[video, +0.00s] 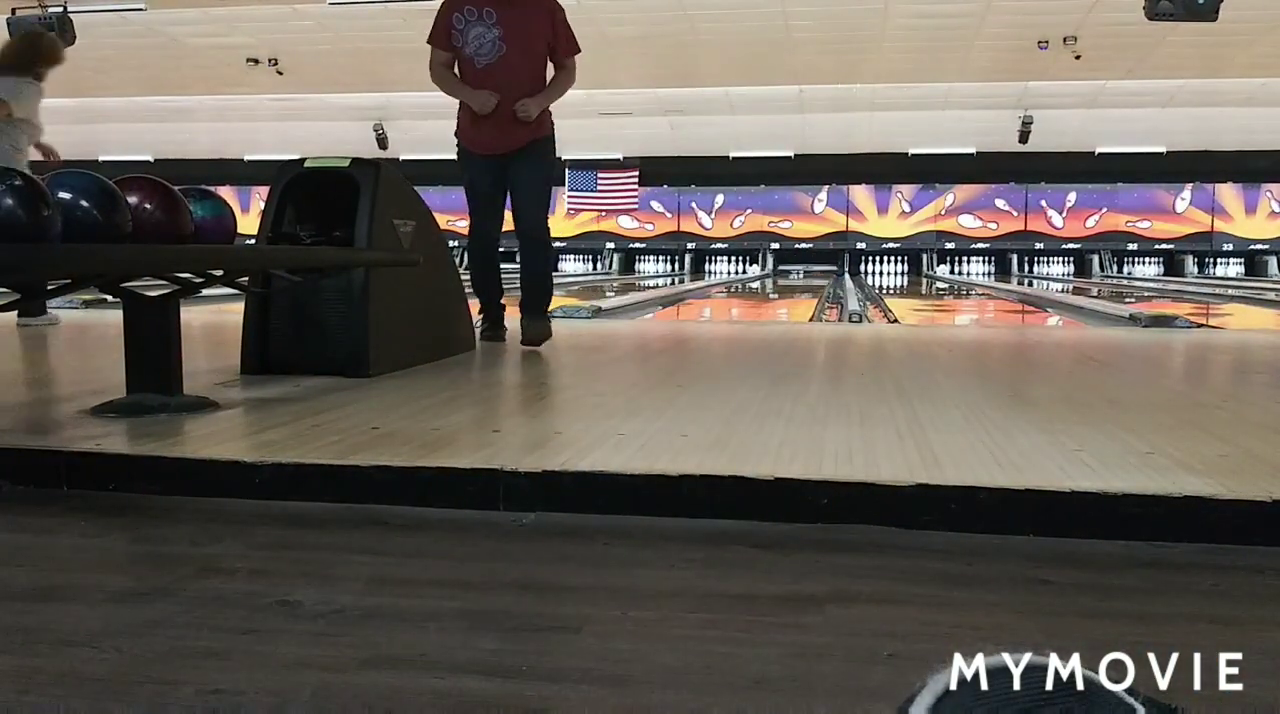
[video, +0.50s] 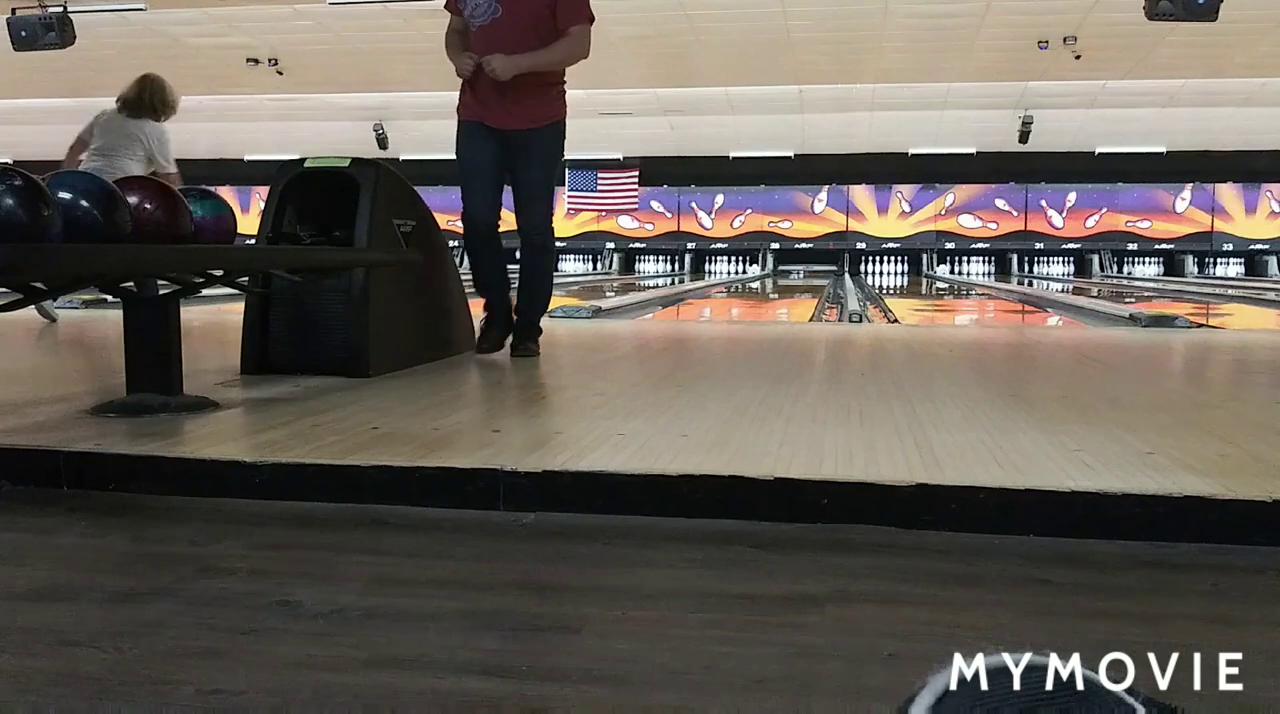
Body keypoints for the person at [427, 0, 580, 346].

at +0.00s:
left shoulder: (545, 7)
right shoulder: (456, 6)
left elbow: (567, 70)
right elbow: (438, 69)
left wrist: (541, 100)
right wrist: (470, 94)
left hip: (531, 137)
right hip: (479, 139)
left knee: (533, 230)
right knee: (483, 232)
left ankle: (535, 317)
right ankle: (491, 316)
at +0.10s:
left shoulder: (550, 6)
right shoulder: (459, 5)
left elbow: (572, 72)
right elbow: (439, 65)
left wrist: (536, 102)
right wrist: (469, 88)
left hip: (532, 136)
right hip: (479, 137)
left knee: (530, 230)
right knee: (485, 231)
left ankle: (529, 319)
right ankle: (494, 309)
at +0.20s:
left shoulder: (557, 5)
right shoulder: (463, 3)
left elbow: (577, 72)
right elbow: (443, 56)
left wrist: (530, 98)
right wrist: (465, 77)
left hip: (532, 130)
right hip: (479, 132)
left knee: (529, 230)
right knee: (484, 233)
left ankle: (528, 327)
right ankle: (498, 304)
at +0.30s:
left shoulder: (563, 4)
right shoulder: (465, 2)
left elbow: (579, 65)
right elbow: (449, 45)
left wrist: (525, 89)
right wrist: (463, 66)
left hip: (535, 125)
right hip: (480, 127)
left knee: (530, 229)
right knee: (483, 234)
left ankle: (528, 326)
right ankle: (503, 289)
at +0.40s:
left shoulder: (565, 2)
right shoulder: (466, 1)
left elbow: (579, 53)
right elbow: (452, 35)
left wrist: (522, 74)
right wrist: (458, 56)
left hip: (537, 122)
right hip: (479, 122)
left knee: (533, 229)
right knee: (480, 230)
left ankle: (527, 329)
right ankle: (508, 290)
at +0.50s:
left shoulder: (567, 1)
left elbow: (579, 44)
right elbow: (456, 30)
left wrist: (517, 62)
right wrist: (457, 56)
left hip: (537, 118)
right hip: (478, 116)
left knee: (535, 228)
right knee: (477, 222)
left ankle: (528, 329)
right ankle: (497, 315)